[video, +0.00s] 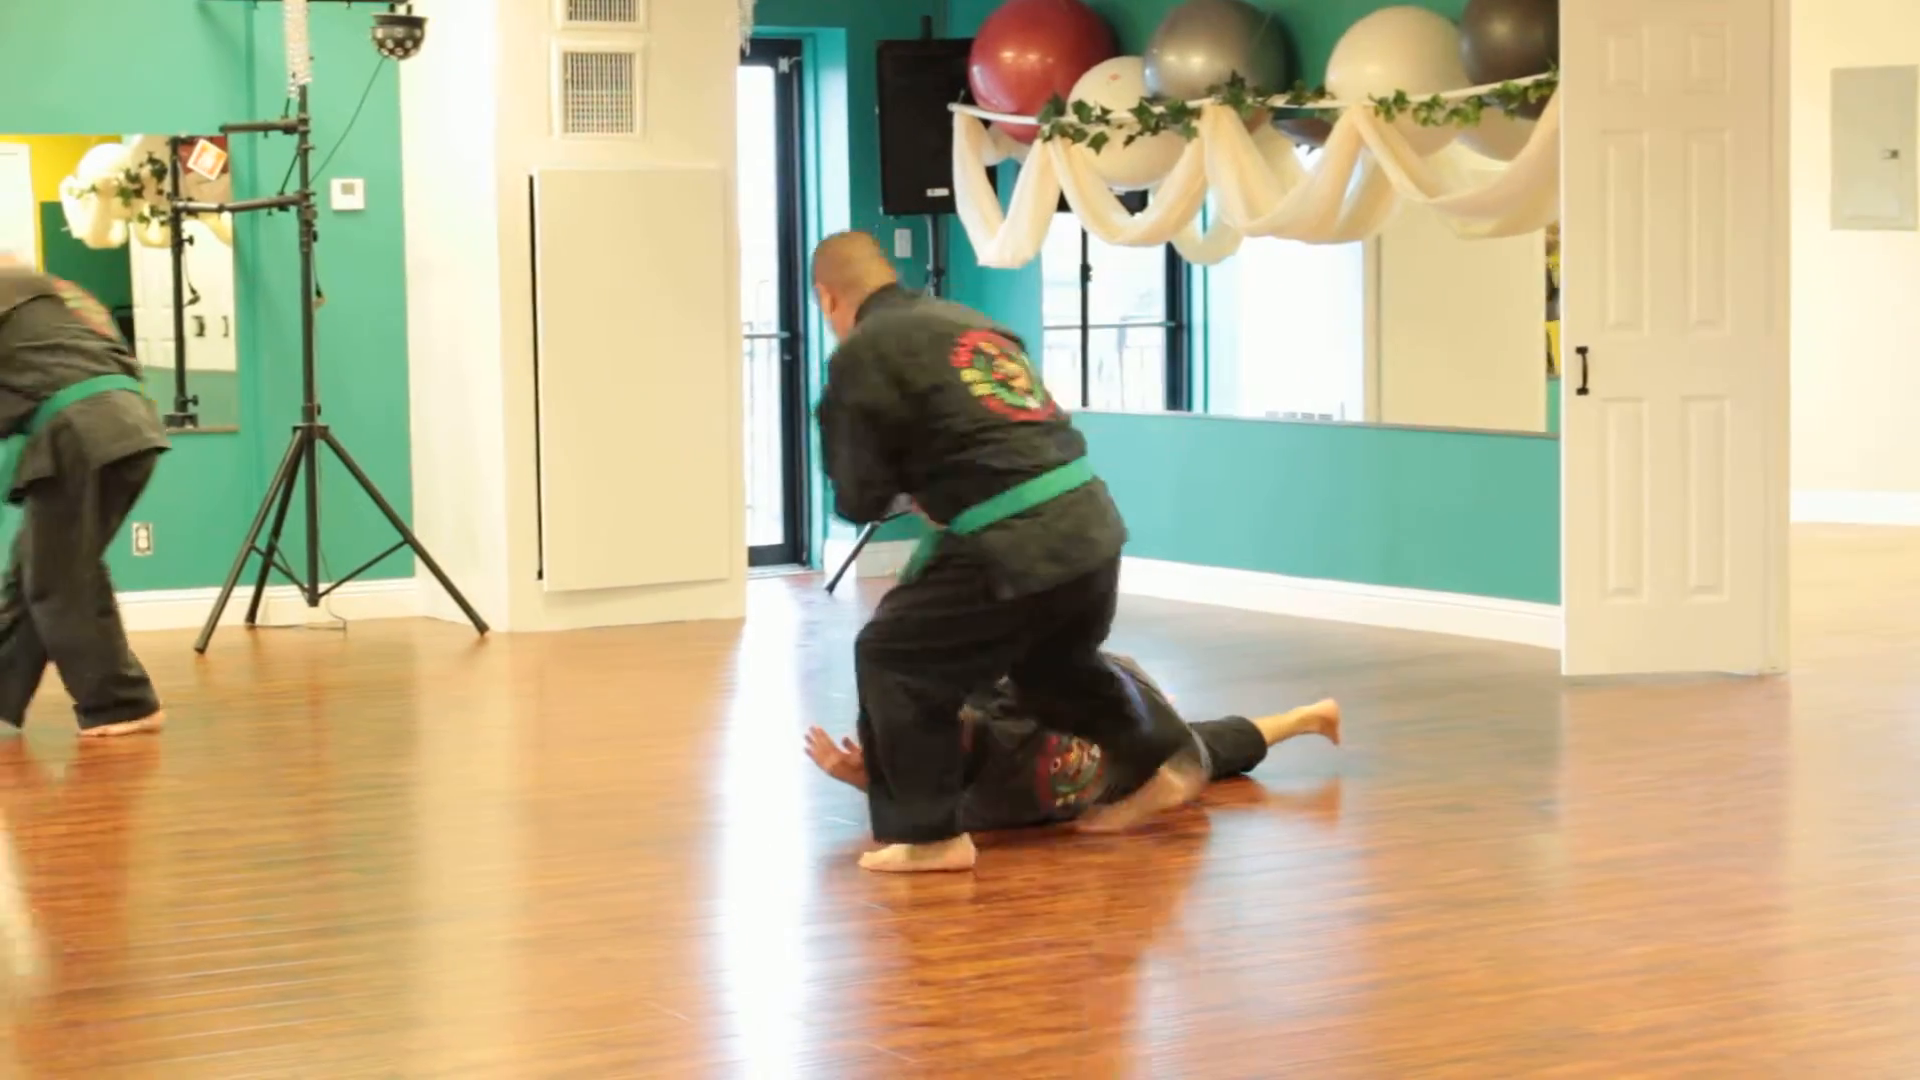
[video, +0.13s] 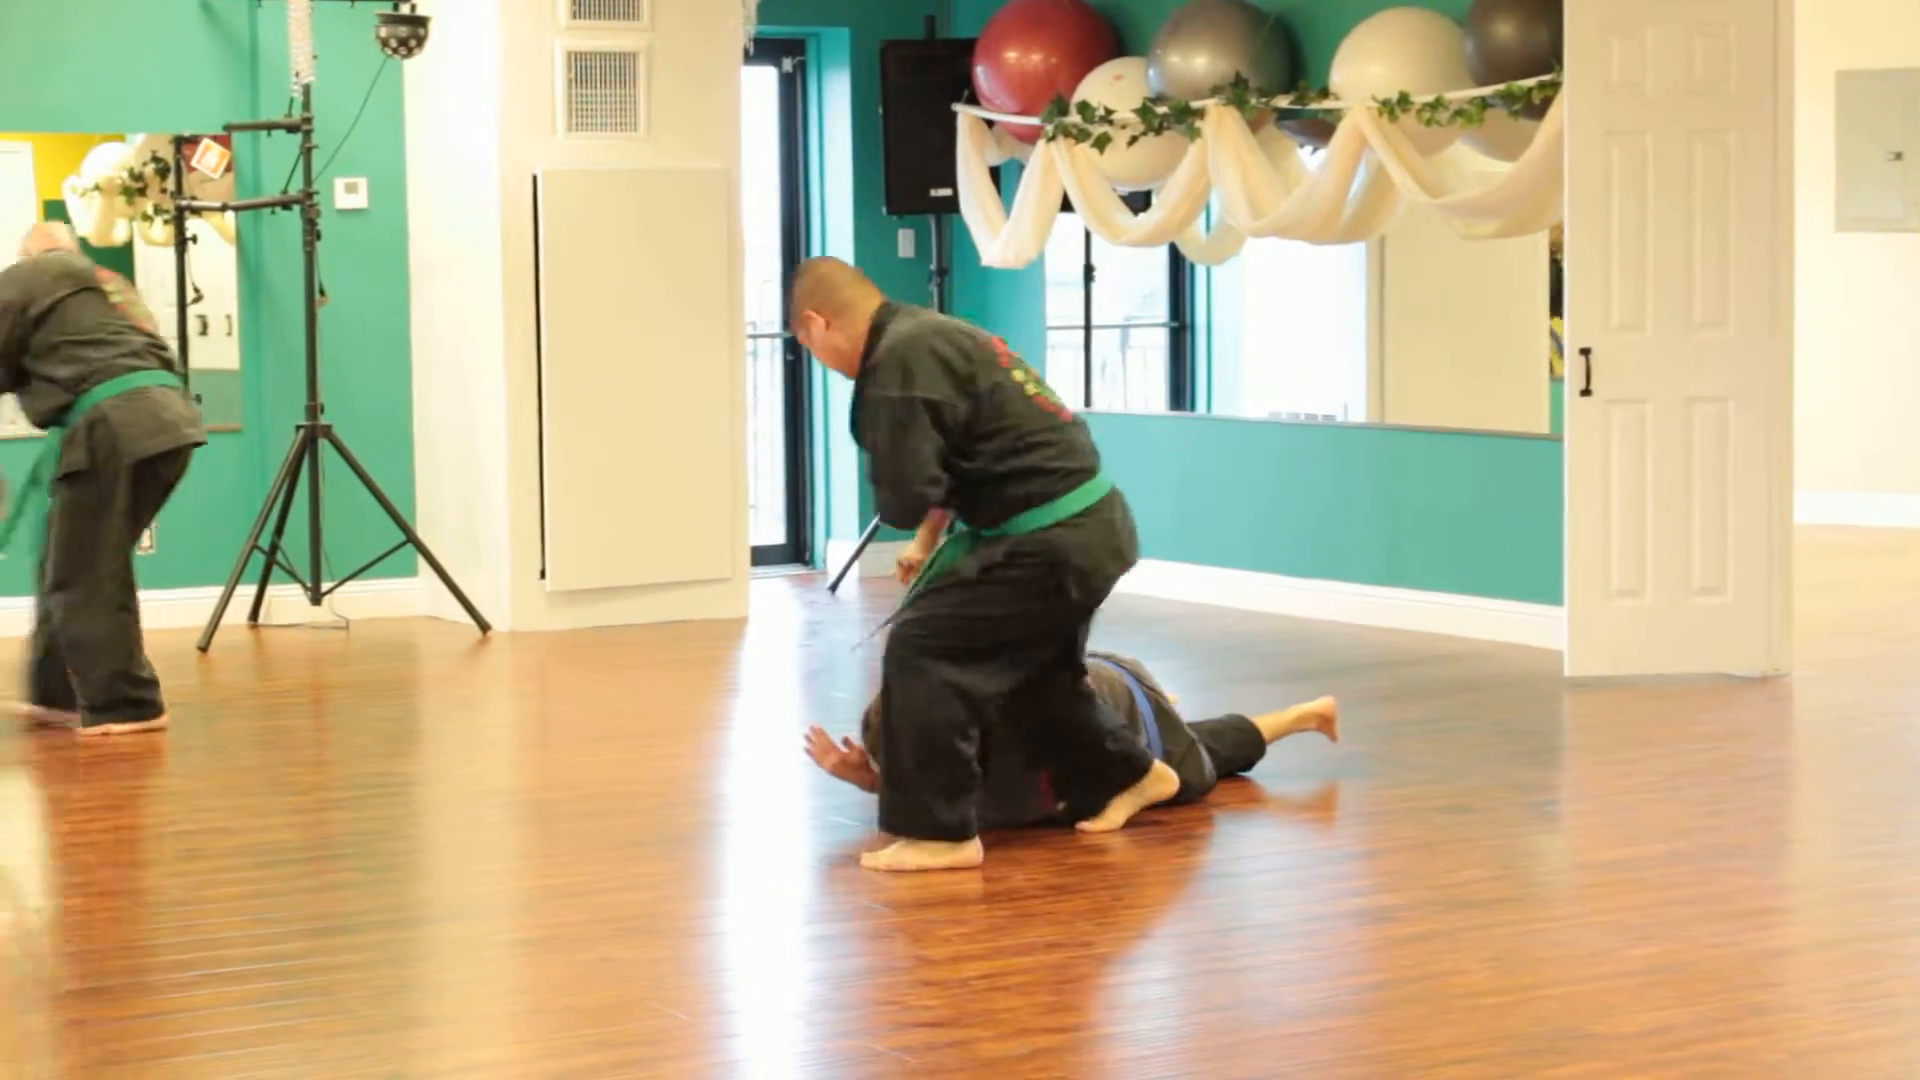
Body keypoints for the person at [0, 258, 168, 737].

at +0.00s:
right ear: (17, 267)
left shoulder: (8, 292)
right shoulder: (53, 293)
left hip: (79, 435)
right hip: (137, 429)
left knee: (56, 578)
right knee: (30, 580)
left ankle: (120, 703)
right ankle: (3, 708)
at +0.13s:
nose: (22, 254)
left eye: (24, 249)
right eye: (28, 248)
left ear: (30, 250)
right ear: (73, 249)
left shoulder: (22, 277)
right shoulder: (107, 281)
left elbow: (6, 371)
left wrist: (35, 379)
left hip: (113, 429)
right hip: (174, 423)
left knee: (80, 572)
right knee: (80, 560)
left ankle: (126, 702)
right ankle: (57, 693)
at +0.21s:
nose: (41, 248)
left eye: (44, 241)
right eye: (47, 238)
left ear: (48, 243)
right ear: (94, 239)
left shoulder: (36, 276)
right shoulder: (128, 270)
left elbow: (24, 386)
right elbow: (172, 331)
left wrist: (41, 460)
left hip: (135, 423)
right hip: (196, 414)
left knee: (100, 566)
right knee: (125, 563)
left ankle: (123, 703)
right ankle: (138, 695)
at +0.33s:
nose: (77, 236)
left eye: (79, 228)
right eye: (81, 227)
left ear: (88, 228)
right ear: (132, 226)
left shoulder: (78, 261)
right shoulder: (165, 259)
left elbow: (65, 366)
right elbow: (206, 324)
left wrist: (89, 431)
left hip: (168, 415)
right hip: (230, 405)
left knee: (127, 562)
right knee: (197, 551)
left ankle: (135, 706)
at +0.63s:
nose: (153, 250)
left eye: (154, 240)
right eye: (152, 242)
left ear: (172, 233)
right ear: (209, 231)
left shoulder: (163, 276)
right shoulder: (252, 267)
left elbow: (150, 384)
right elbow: (284, 344)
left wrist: (146, 469)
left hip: (246, 417)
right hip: (312, 412)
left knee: (182, 556)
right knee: (270, 558)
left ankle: (153, 700)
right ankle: (291, 687)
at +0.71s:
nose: (169, 245)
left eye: (170, 237)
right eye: (169, 238)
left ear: (186, 231)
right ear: (222, 226)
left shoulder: (175, 269)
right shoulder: (269, 261)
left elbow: (162, 377)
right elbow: (297, 336)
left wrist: (160, 458)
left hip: (256, 414)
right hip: (322, 407)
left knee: (200, 555)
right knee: (288, 557)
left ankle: (182, 701)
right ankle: (291, 689)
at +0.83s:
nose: (186, 234)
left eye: (188, 225)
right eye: (187, 227)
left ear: (204, 219)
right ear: (243, 217)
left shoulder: (193, 261)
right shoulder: (289, 257)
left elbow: (175, 363)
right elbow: (309, 339)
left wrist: (171, 435)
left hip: (267, 412)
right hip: (334, 406)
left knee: (229, 552)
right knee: (302, 553)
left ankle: (258, 692)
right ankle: (298, 684)